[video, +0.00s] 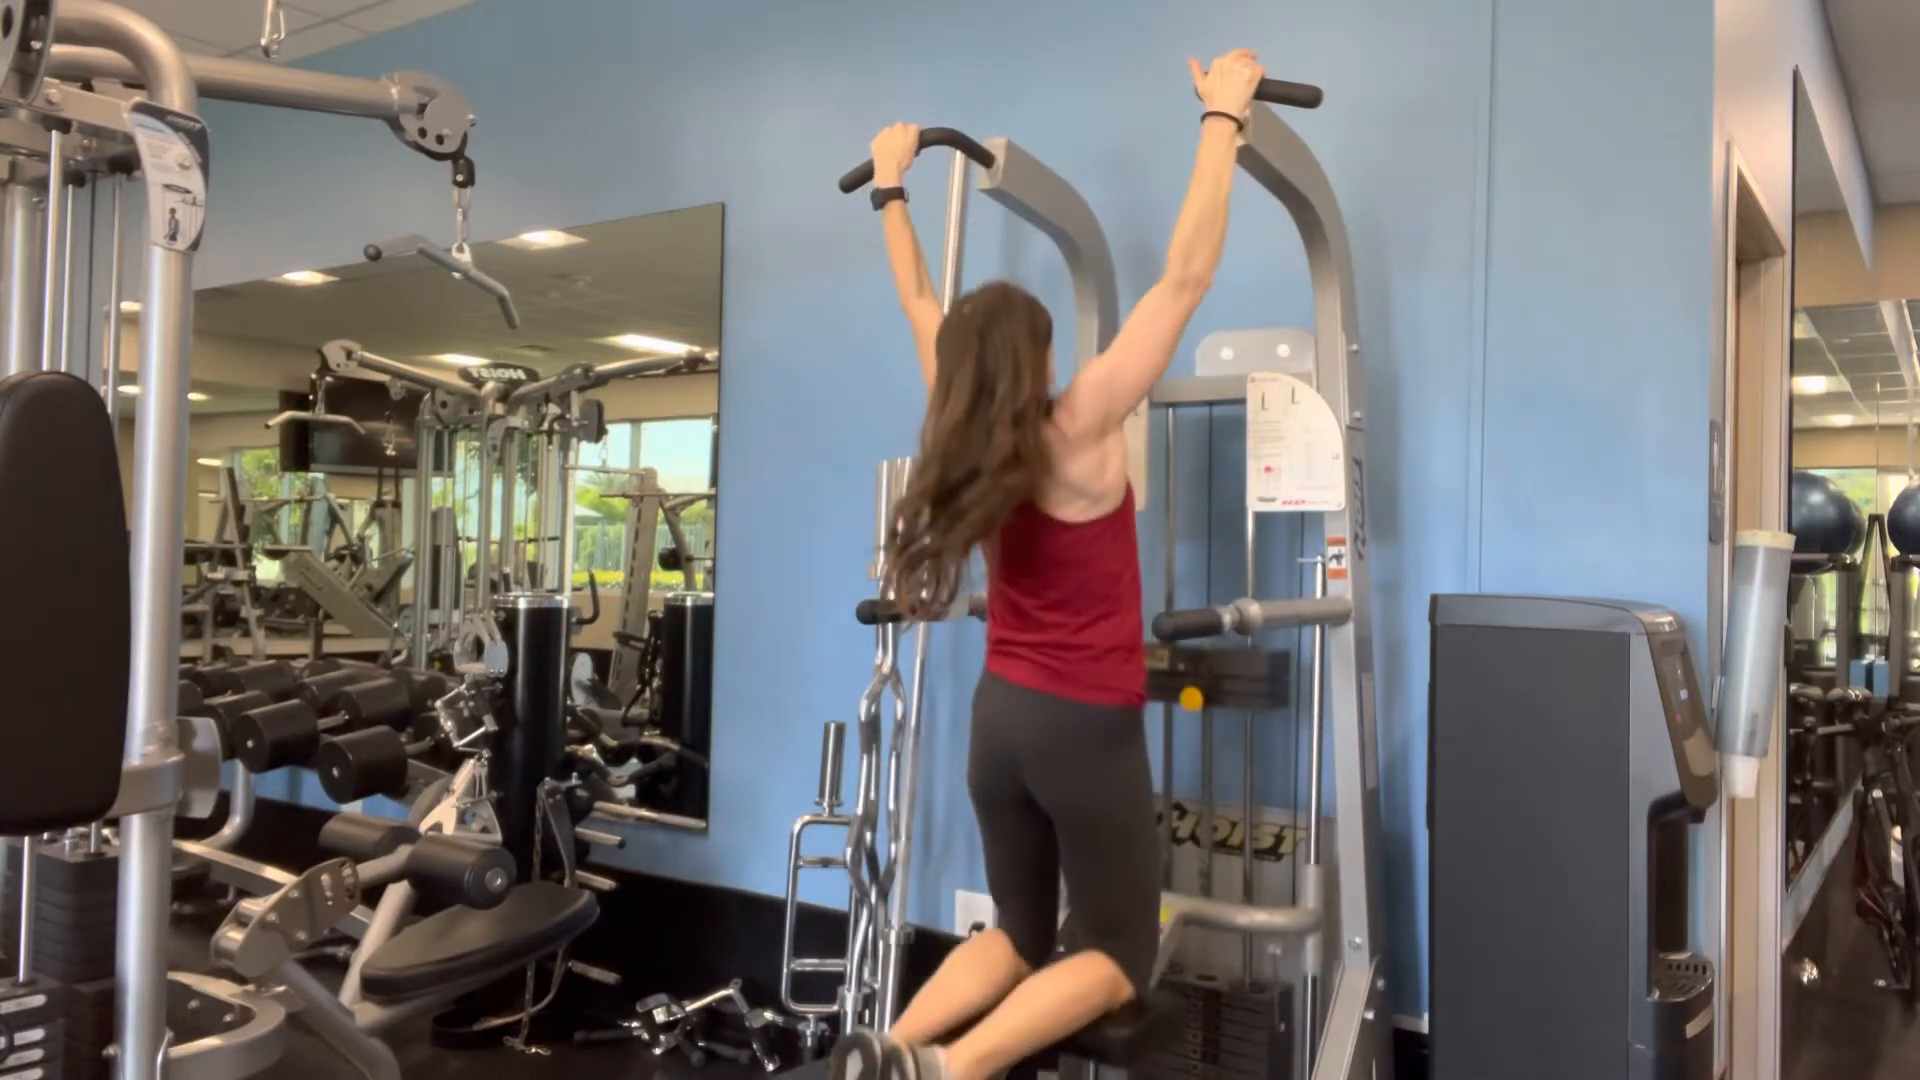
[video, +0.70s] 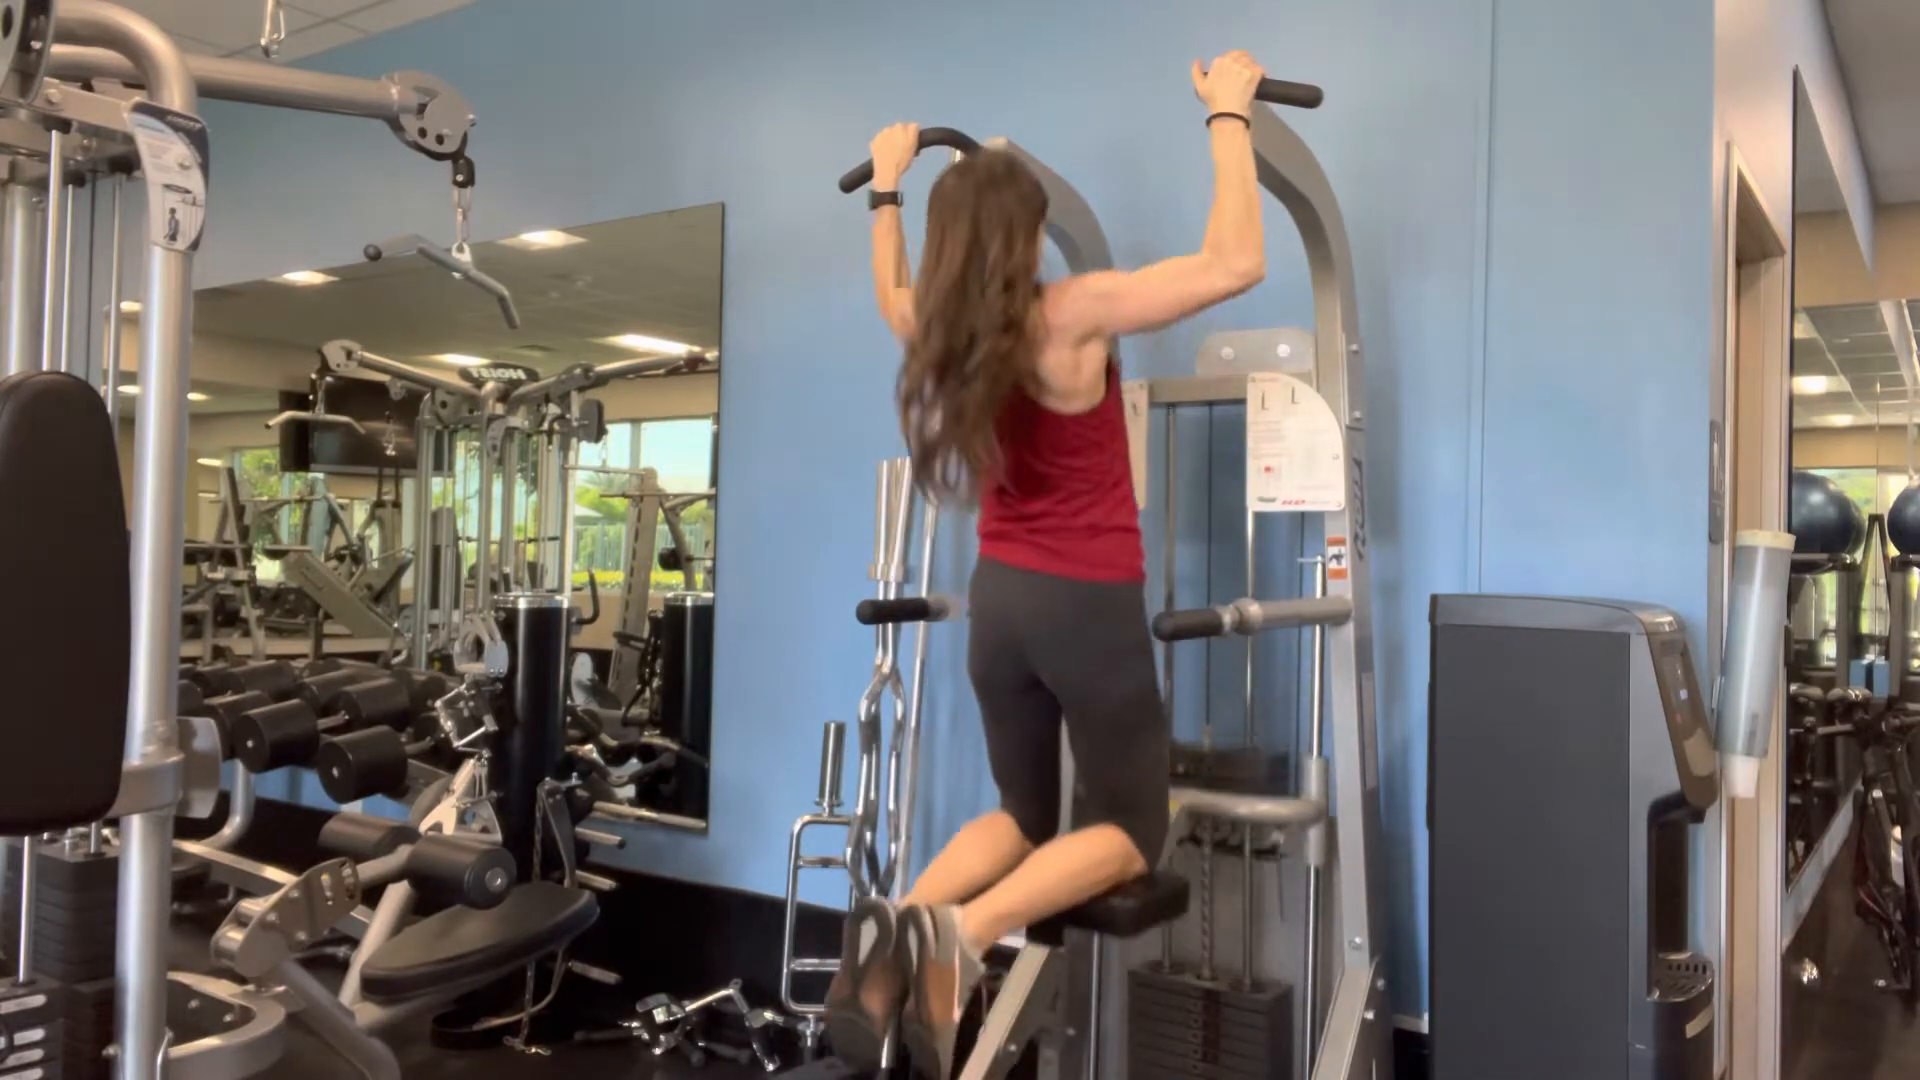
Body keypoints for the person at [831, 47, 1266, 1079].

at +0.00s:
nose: (1056, 336)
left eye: (1032, 331)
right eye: (1046, 329)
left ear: (966, 359)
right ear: (1040, 350)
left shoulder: (971, 428)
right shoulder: (1084, 420)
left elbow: (918, 303)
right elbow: (1186, 278)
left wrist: (888, 185)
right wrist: (1222, 119)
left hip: (1001, 717)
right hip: (1087, 731)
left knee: (1017, 933)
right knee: (1118, 958)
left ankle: (892, 1047)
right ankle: (957, 1065)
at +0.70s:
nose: (1049, 225)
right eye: (1041, 212)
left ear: (953, 234)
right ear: (1034, 227)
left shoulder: (944, 328)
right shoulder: (1074, 308)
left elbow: (891, 289)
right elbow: (1234, 263)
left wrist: (886, 186)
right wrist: (1230, 116)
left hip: (998, 601)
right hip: (1088, 605)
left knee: (1024, 815)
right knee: (1129, 835)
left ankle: (905, 927)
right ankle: (962, 936)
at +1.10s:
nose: (1066, 84)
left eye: (1059, 70)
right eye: (1062, 70)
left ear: (966, 84)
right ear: (1050, 79)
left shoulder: (948, 185)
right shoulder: (1088, 163)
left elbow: (882, 293)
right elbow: (1213, 255)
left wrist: (882, 181)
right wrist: (1231, 115)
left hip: (1007, 453)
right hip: (1094, 457)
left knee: (1029, 680)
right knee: (1134, 690)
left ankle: (908, 791)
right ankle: (968, 795)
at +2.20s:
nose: (1057, 120)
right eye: (1053, 106)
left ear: (955, 126)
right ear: (1044, 117)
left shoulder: (943, 222)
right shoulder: (1083, 200)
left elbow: (884, 297)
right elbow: (1228, 255)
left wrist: (880, 188)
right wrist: (1233, 114)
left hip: (1005, 490)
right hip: (1088, 493)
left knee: (1041, 697)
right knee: (1144, 713)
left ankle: (912, 782)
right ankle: (973, 789)